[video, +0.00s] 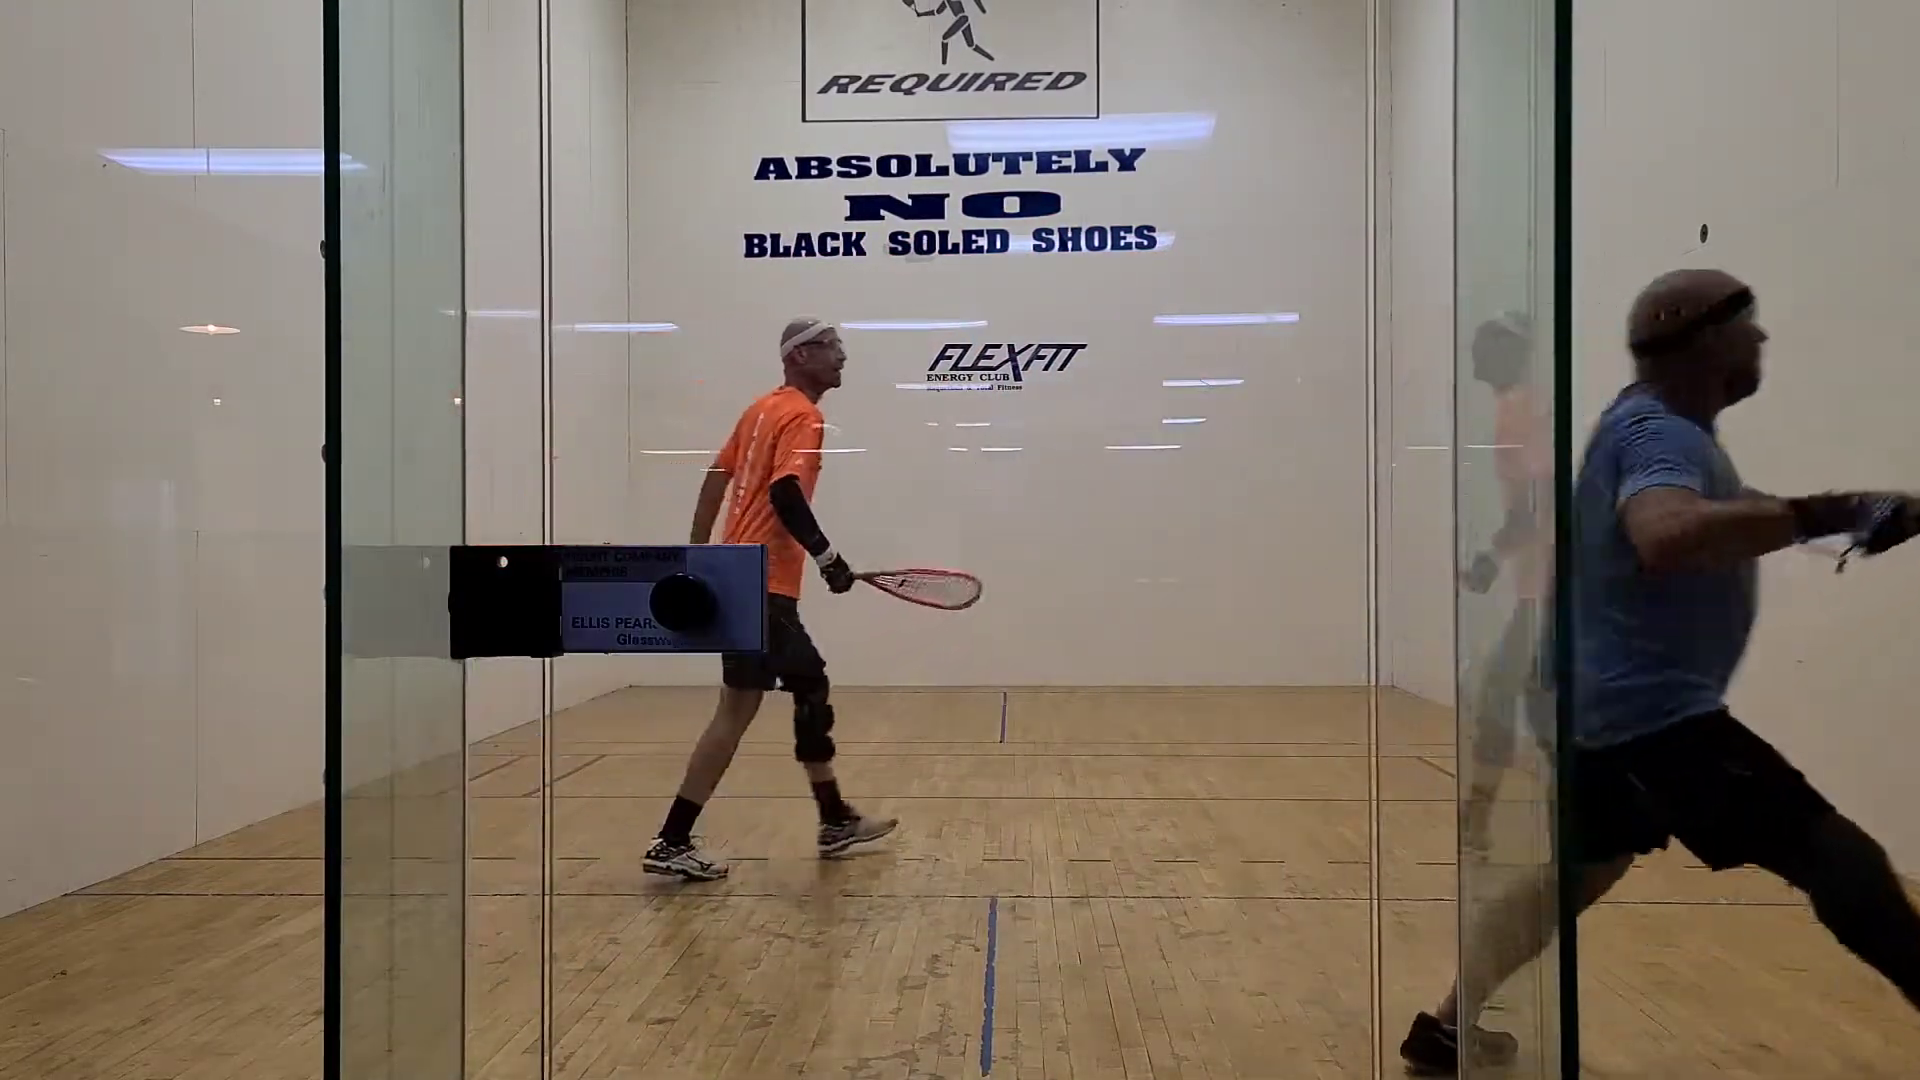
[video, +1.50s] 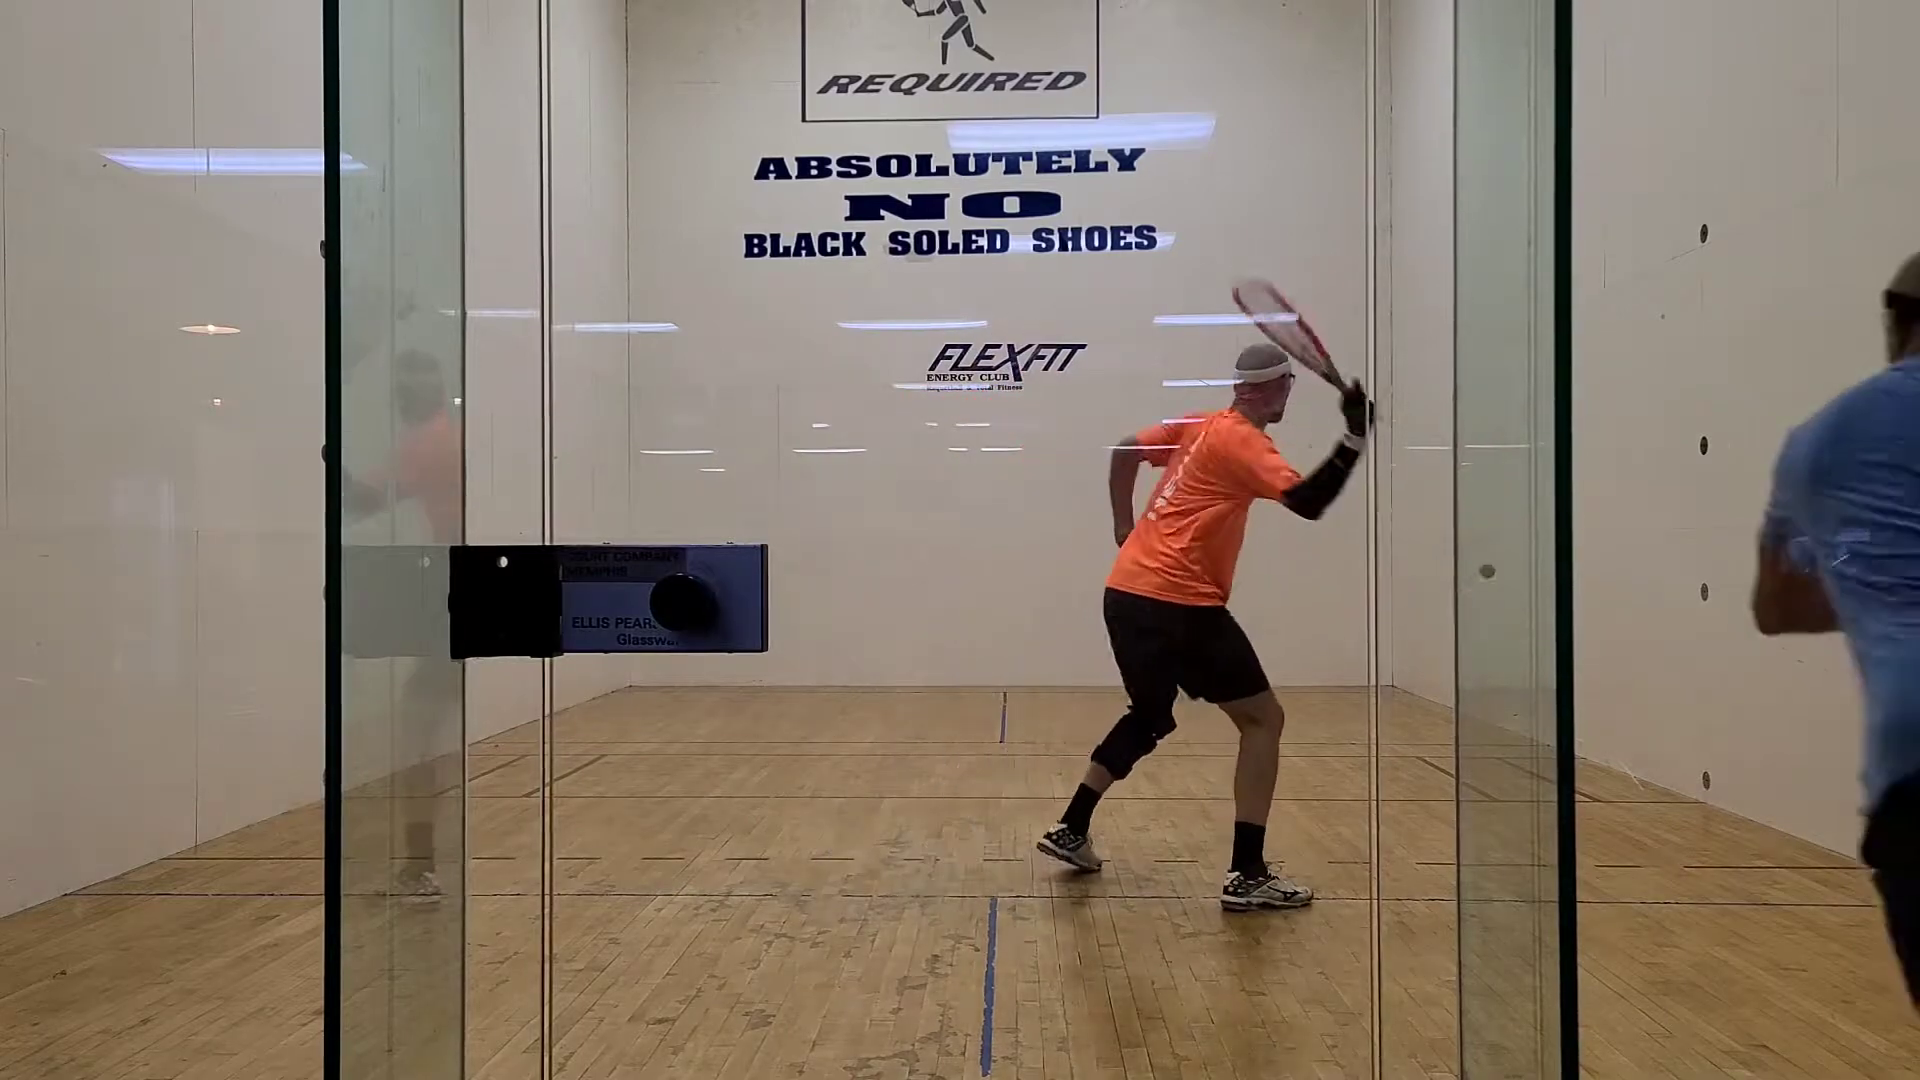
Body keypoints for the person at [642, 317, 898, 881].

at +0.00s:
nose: (843, 356)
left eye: (840, 346)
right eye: (832, 347)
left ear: (796, 359)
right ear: (799, 357)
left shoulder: (759, 410)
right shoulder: (803, 415)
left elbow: (715, 480)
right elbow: (785, 492)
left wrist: (696, 559)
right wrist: (828, 555)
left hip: (745, 589)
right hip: (764, 592)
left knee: (812, 686)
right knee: (734, 712)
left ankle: (836, 820)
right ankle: (671, 843)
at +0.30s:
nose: (915, 360)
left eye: (914, 351)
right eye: (903, 351)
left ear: (873, 364)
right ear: (871, 360)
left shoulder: (853, 412)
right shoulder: (881, 411)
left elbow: (823, 499)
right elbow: (871, 488)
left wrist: (852, 559)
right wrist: (916, 548)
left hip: (837, 579)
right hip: (861, 579)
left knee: (880, 698)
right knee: (911, 701)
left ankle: (858, 826)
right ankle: (799, 802)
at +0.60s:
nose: (985, 354)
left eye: (981, 344)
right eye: (976, 345)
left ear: (938, 360)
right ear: (950, 355)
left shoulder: (913, 414)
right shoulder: (971, 407)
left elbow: (906, 496)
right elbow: (972, 484)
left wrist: (958, 536)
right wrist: (1012, 538)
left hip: (904, 585)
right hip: (953, 582)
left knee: (911, 703)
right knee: (1013, 698)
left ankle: (858, 822)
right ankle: (1039, 844)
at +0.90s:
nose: (1071, 372)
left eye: (1068, 364)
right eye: (1069, 364)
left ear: (1021, 370)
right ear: (1061, 367)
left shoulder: (985, 416)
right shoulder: (1074, 417)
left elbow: (964, 497)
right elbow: (1077, 493)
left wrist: (990, 551)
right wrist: (1099, 560)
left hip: (973, 584)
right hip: (1035, 581)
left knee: (991, 704)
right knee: (1106, 694)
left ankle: (944, 834)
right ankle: (1076, 837)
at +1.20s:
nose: (1198, 411)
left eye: (1196, 401)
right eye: (1194, 403)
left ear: (1149, 406)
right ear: (1186, 407)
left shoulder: (1125, 446)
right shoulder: (1172, 454)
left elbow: (1119, 542)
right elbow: (1147, 518)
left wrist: (1178, 583)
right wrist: (1214, 568)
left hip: (1062, 614)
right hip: (1116, 617)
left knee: (1050, 735)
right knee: (1212, 728)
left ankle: (955, 831)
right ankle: (1247, 875)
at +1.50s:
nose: (1286, 400)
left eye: (1286, 388)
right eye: (1281, 389)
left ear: (1241, 388)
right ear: (1260, 390)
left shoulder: (1202, 426)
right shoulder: (1241, 439)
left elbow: (1125, 452)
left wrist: (1123, 525)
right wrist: (1355, 437)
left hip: (1130, 592)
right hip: (1184, 602)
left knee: (1149, 715)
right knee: (1262, 720)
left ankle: (1071, 828)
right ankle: (1247, 874)